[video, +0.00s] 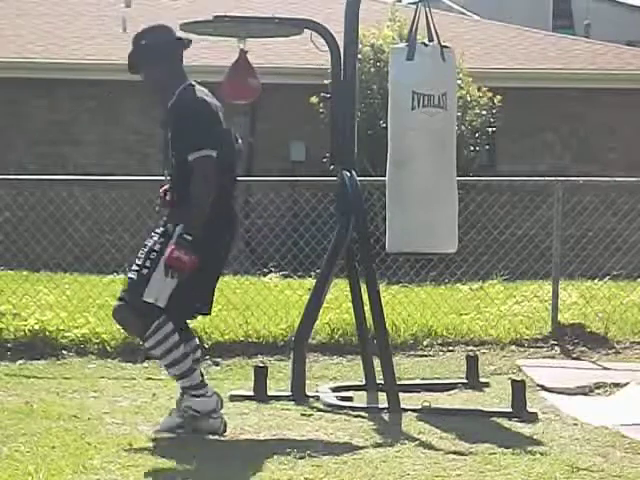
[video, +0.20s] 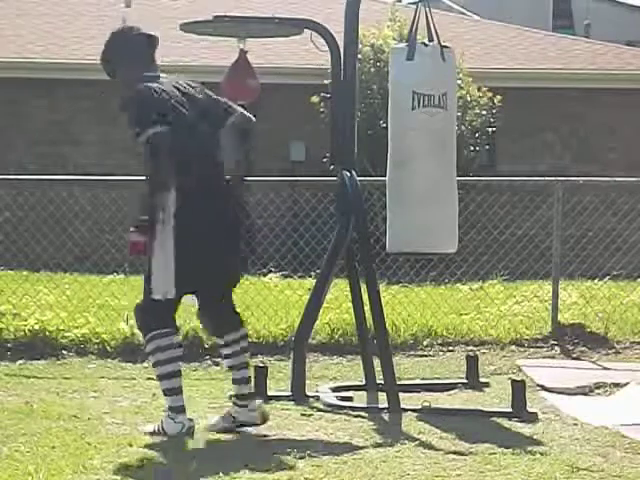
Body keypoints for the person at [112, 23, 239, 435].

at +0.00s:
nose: (143, 79)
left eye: (144, 69)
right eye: (141, 71)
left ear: (161, 64)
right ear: (173, 61)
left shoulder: (189, 106)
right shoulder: (191, 102)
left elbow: (207, 178)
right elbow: (217, 166)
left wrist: (188, 237)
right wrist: (179, 188)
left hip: (193, 227)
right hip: (198, 225)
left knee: (135, 311)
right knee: (169, 316)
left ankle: (200, 399)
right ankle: (196, 406)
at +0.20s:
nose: (116, 82)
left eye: (114, 74)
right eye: (113, 74)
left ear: (122, 67)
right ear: (153, 60)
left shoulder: (144, 95)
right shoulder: (190, 88)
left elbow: (158, 154)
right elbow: (243, 121)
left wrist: (143, 222)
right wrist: (235, 183)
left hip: (178, 215)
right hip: (218, 212)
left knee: (154, 313)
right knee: (217, 305)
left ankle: (176, 416)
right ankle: (246, 403)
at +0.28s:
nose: (115, 82)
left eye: (115, 74)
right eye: (113, 75)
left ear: (126, 70)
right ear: (155, 66)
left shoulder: (131, 99)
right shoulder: (192, 96)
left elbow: (142, 160)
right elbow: (245, 134)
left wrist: (123, 226)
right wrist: (257, 185)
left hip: (169, 218)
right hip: (214, 213)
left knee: (149, 317)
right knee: (220, 312)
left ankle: (178, 417)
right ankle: (289, 388)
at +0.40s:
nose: (128, 72)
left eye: (127, 66)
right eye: (133, 66)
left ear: (129, 65)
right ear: (170, 62)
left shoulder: (125, 100)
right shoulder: (200, 98)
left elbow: (118, 164)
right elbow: (241, 147)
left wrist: (96, 228)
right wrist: (261, 205)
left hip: (156, 216)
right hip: (205, 214)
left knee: (146, 319)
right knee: (206, 316)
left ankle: (178, 417)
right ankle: (261, 384)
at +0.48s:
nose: (144, 61)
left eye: (143, 54)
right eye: (177, 53)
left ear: (140, 55)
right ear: (182, 55)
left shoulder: (121, 100)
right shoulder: (206, 97)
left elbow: (103, 163)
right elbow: (233, 152)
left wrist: (88, 223)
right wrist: (249, 203)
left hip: (148, 217)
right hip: (199, 215)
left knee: (151, 316)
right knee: (198, 309)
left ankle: (173, 416)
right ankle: (206, 385)